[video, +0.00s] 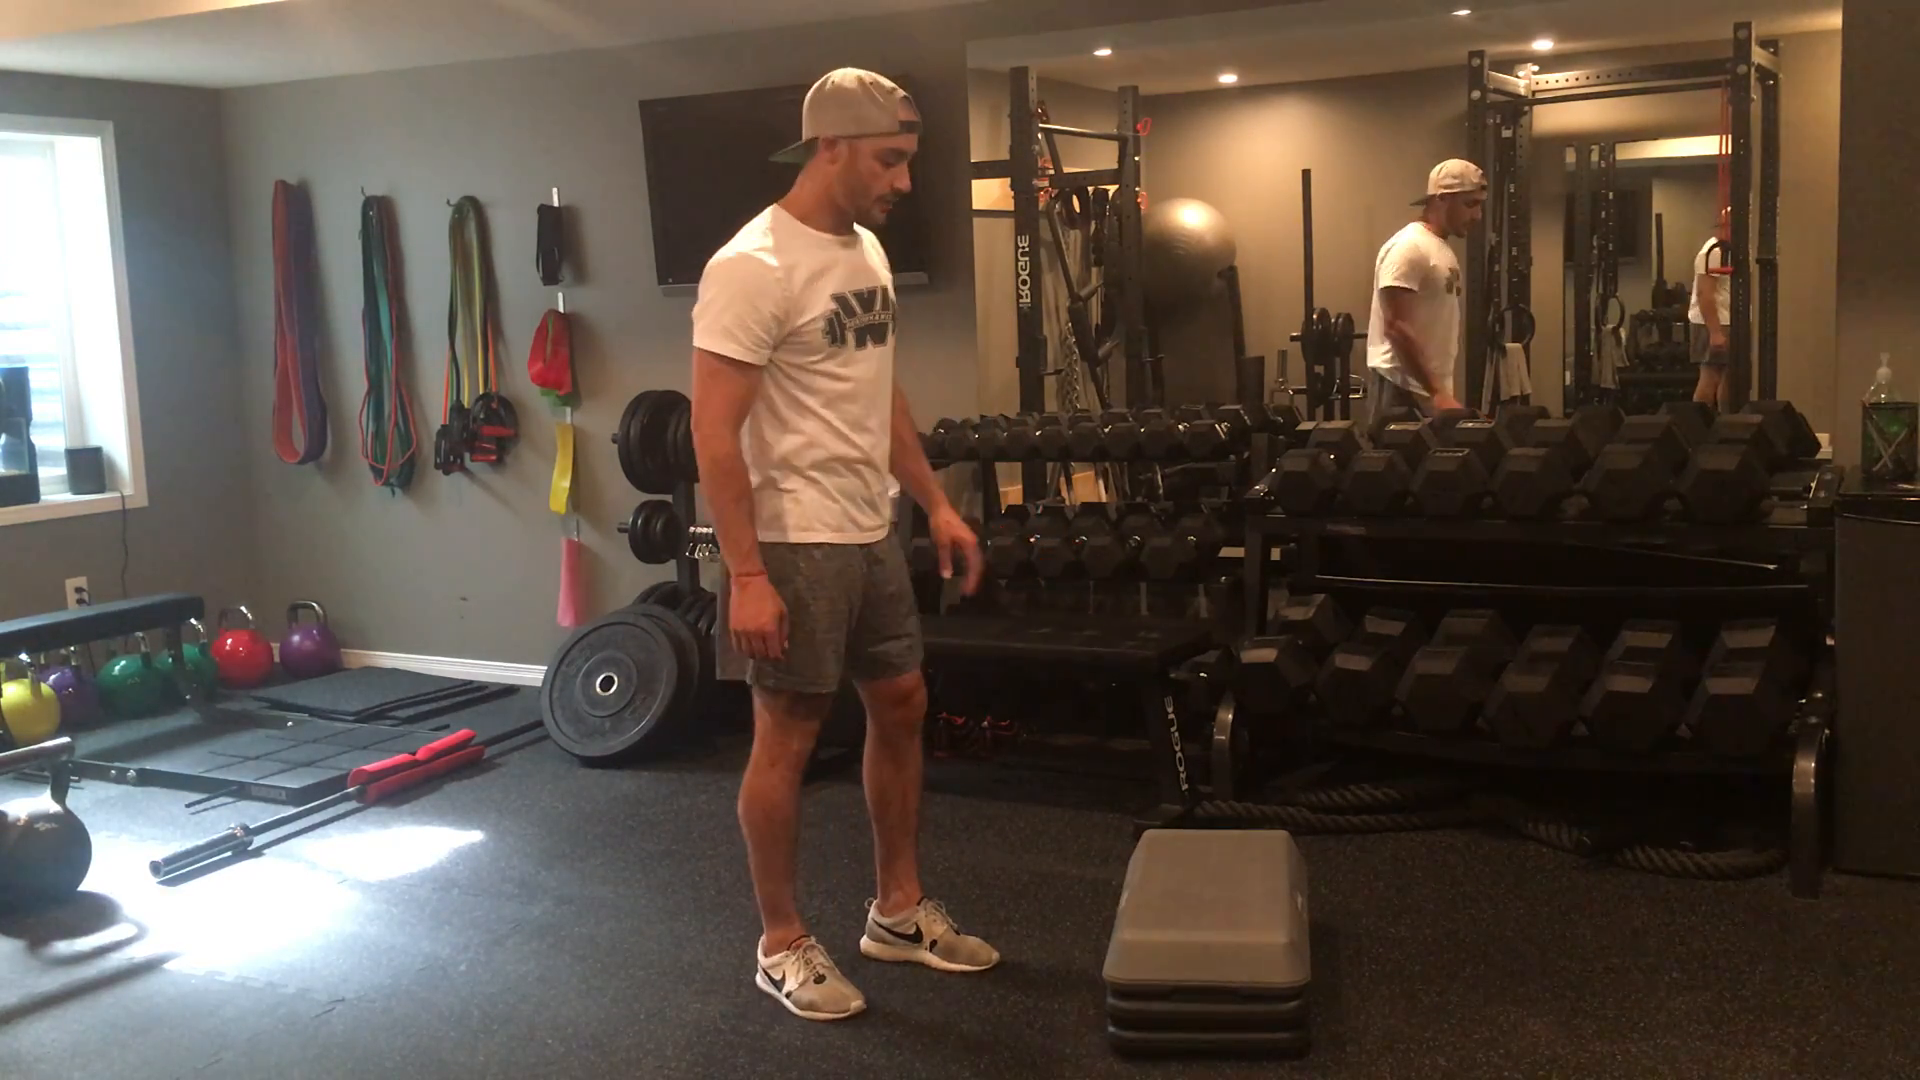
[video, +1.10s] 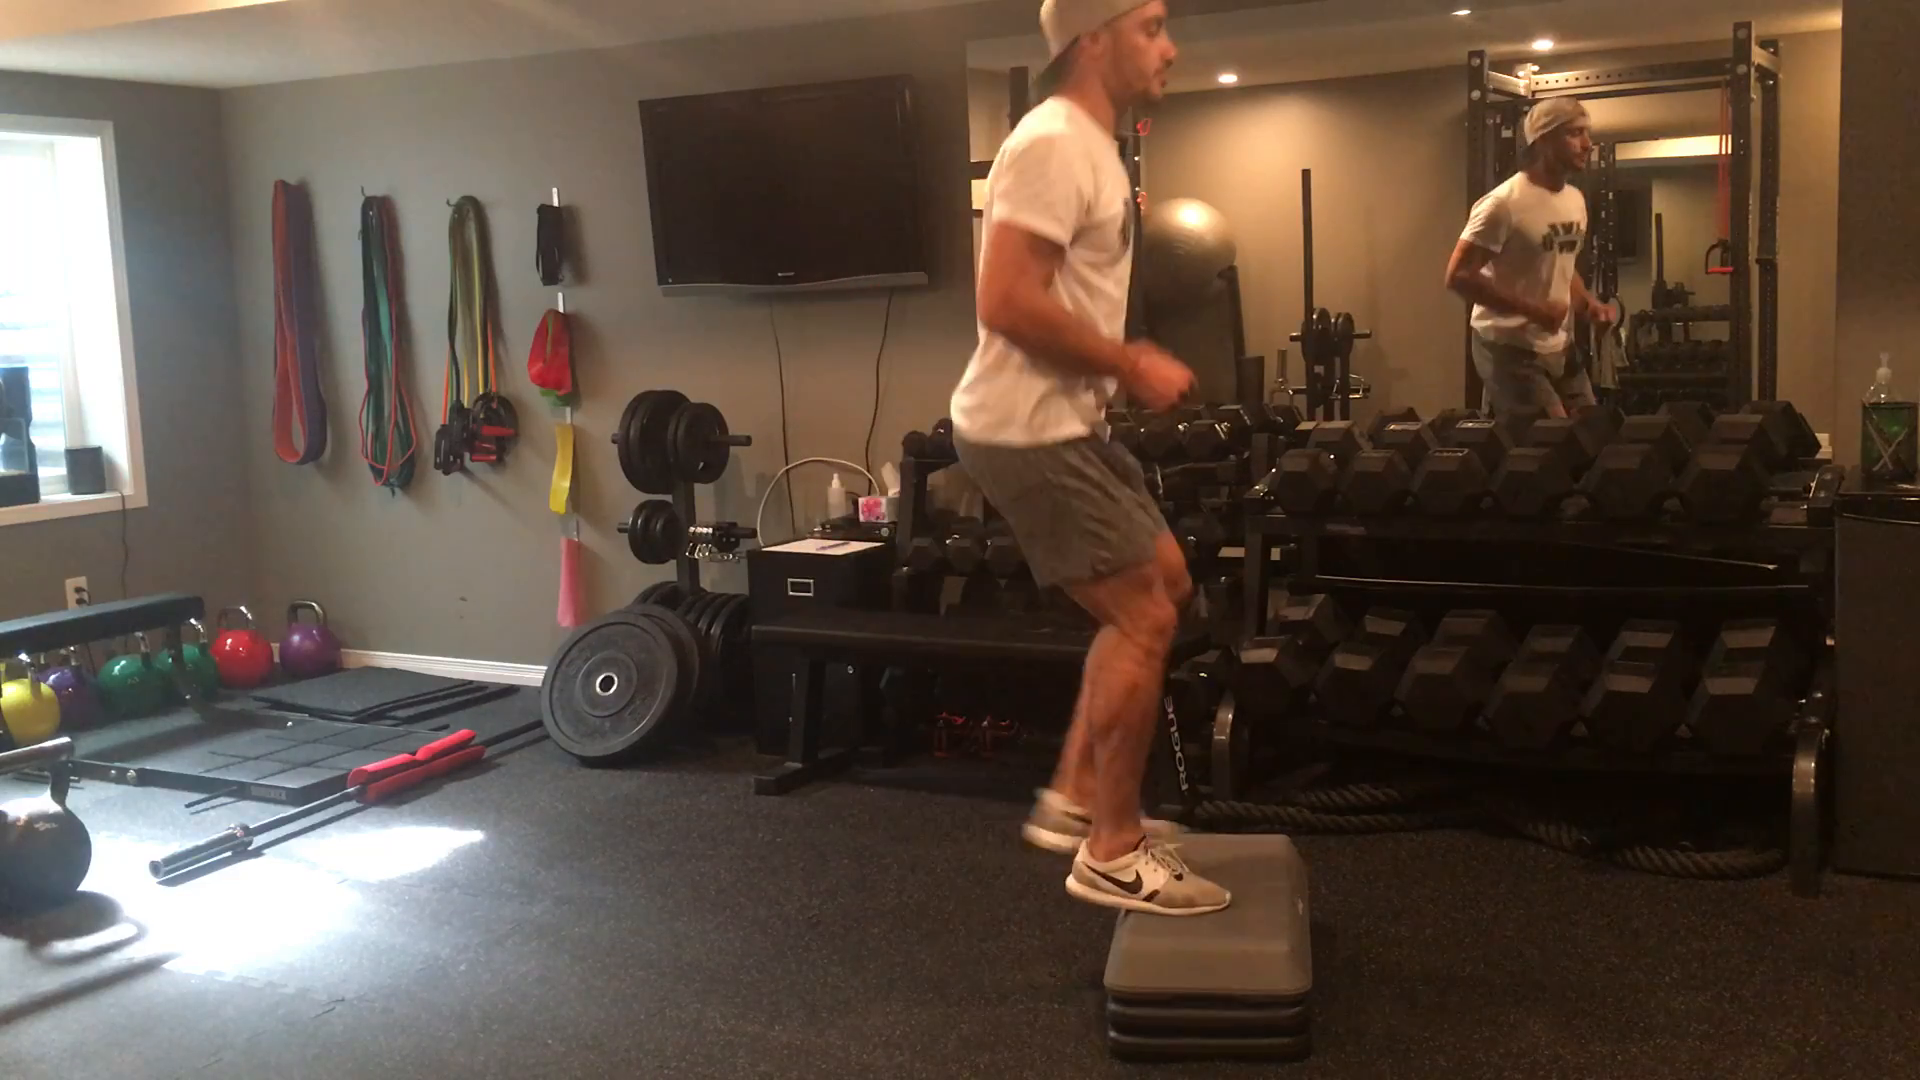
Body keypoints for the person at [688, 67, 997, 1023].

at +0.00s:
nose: (904, 179)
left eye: (907, 160)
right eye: (891, 159)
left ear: (854, 157)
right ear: (832, 152)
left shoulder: (865, 252)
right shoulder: (749, 266)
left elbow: (879, 395)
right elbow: (711, 432)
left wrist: (936, 503)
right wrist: (746, 572)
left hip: (872, 533)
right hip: (790, 543)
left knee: (900, 708)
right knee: (784, 742)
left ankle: (900, 909)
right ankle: (782, 943)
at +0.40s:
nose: (983, 176)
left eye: (985, 158)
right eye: (973, 156)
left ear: (920, 156)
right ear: (919, 153)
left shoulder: (900, 257)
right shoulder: (845, 253)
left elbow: (865, 411)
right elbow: (796, 415)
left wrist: (902, 503)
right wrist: (886, 531)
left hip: (880, 537)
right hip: (813, 541)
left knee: (923, 705)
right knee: (796, 738)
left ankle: (897, 917)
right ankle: (777, 943)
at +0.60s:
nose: (1056, 192)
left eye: (1054, 174)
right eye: (1044, 173)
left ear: (995, 179)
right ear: (990, 176)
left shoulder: (970, 270)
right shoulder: (924, 261)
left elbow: (913, 413)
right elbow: (851, 405)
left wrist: (958, 498)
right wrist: (947, 512)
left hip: (918, 541)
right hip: (876, 542)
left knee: (959, 736)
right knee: (963, 737)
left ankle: (902, 926)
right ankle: (815, 905)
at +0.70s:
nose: (1086, 197)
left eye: (1085, 180)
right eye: (1073, 179)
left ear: (1021, 188)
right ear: (1018, 184)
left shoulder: (998, 284)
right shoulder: (951, 271)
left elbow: (944, 423)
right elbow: (848, 389)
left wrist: (1020, 481)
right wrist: (942, 501)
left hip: (927, 539)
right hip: (903, 541)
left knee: (973, 724)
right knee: (1079, 676)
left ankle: (906, 925)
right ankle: (914, 839)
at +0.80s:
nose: (1111, 131)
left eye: (1109, 113)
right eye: (1097, 112)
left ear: (1047, 127)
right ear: (1043, 125)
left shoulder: (1035, 228)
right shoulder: (973, 215)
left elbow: (967, 331)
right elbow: (859, 325)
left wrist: (1055, 361)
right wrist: (963, 425)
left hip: (951, 490)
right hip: (943, 494)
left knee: (962, 689)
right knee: (1133, 604)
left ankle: (915, 904)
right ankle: (1050, 817)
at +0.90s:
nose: (1137, 83)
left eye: (1134, 64)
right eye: (1120, 65)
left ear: (1072, 83)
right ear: (1062, 81)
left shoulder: (1057, 183)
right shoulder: (1003, 175)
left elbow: (1001, 296)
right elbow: (908, 303)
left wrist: (1081, 324)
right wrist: (1024, 396)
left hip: (976, 449)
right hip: (989, 450)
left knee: (1034, 642)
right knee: (1152, 606)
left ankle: (945, 853)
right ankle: (1114, 839)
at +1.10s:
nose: (1170, 52)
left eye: (1168, 32)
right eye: (1154, 30)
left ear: (1102, 46)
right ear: (1093, 42)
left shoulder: (1090, 145)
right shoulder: (1053, 140)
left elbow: (1044, 297)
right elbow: (1008, 300)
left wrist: (1123, 361)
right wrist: (1130, 360)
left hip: (1061, 418)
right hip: (1027, 427)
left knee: (1164, 578)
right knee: (1143, 614)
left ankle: (1074, 795)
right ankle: (1111, 848)